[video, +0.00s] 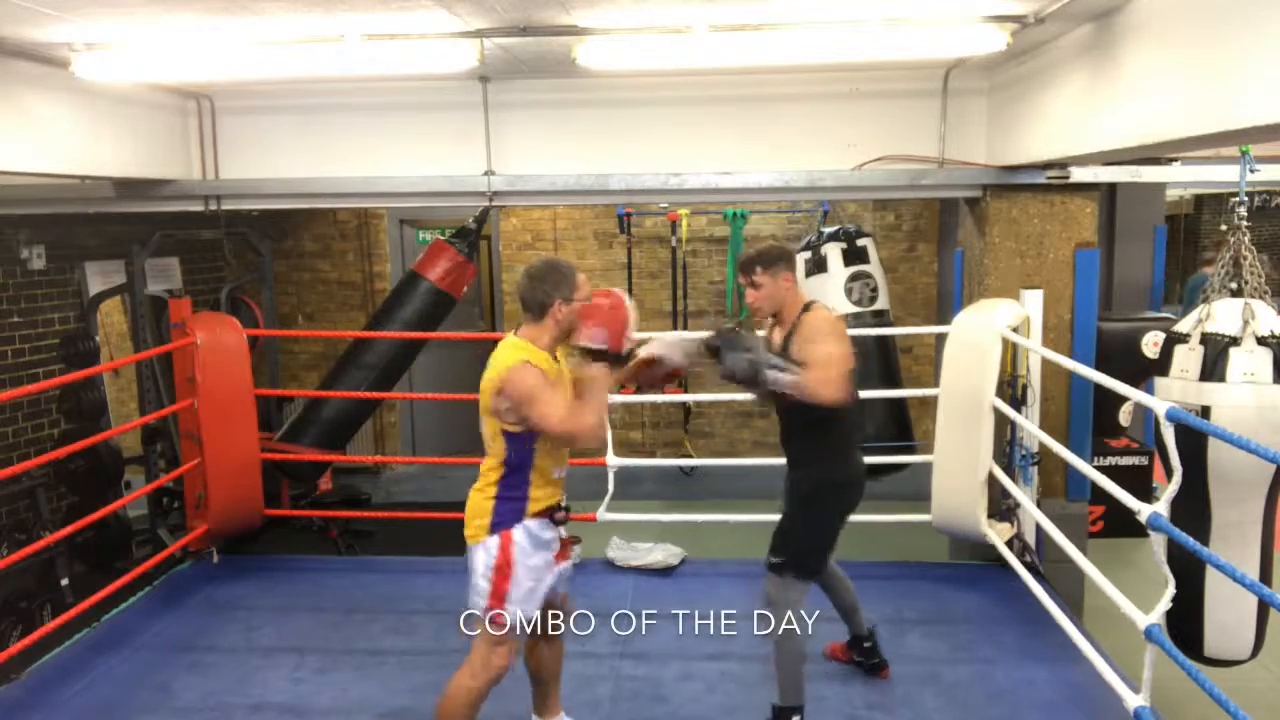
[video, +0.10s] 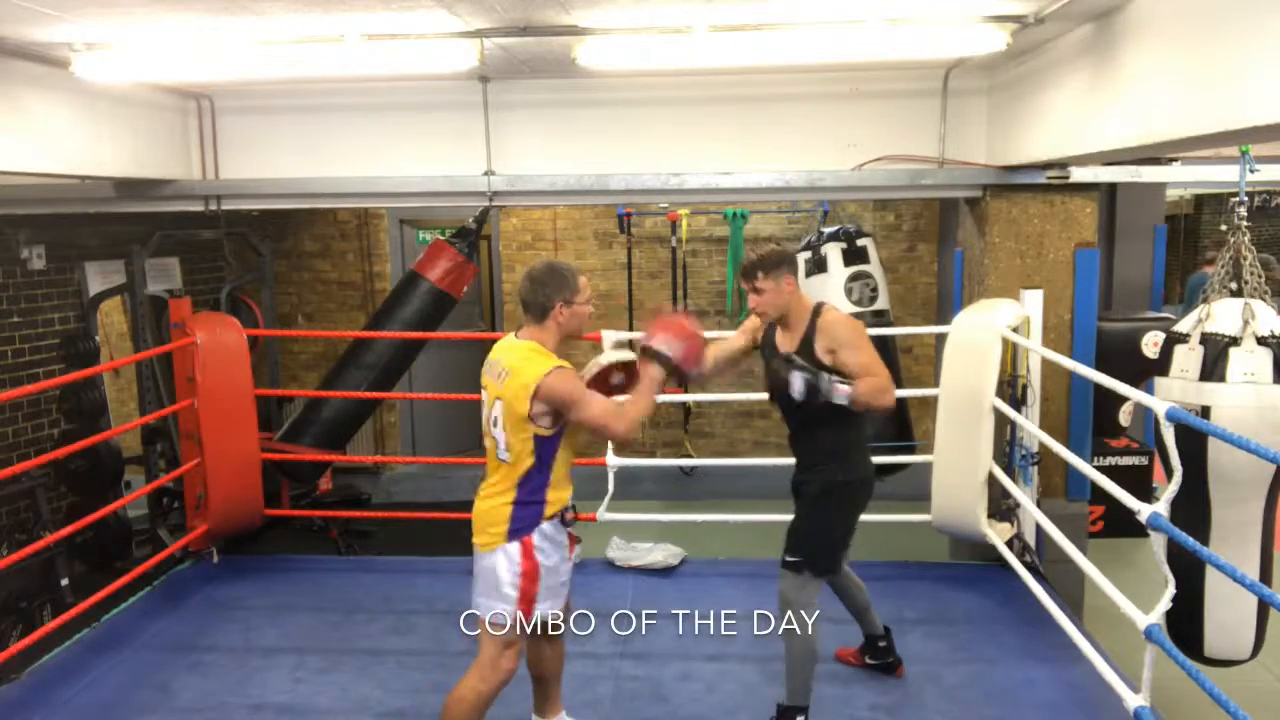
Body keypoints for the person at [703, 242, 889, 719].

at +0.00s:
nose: (748, 298)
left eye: (754, 286)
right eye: (745, 288)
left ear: (786, 280)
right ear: (771, 285)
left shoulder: (819, 325)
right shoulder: (778, 328)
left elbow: (832, 389)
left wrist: (766, 372)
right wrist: (675, 351)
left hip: (831, 477)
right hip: (807, 472)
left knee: (782, 590)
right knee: (816, 562)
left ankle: (789, 710)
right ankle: (866, 646)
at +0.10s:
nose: (752, 301)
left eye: (757, 292)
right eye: (748, 293)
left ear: (789, 284)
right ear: (758, 292)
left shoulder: (836, 328)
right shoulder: (764, 326)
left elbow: (883, 392)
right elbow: (707, 362)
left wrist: (830, 388)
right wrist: (677, 346)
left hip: (841, 474)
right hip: (810, 471)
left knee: (796, 589)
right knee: (829, 565)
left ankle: (794, 712)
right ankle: (880, 647)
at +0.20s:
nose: (749, 299)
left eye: (754, 287)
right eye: (747, 288)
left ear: (785, 280)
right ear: (775, 284)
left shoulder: (832, 324)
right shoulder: (779, 329)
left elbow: (886, 382)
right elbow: (738, 364)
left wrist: (841, 400)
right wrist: (715, 351)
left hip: (836, 473)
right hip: (817, 469)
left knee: (793, 587)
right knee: (833, 563)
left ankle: (793, 711)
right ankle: (880, 647)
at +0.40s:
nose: (753, 298)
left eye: (755, 288)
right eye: (750, 289)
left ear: (783, 280)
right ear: (790, 280)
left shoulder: (812, 318)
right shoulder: (819, 311)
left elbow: (806, 374)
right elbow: (802, 366)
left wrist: (741, 356)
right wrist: (760, 341)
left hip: (828, 474)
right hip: (850, 467)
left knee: (784, 588)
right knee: (846, 558)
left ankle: (790, 709)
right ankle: (883, 647)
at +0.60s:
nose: (734, 320)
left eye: (735, 309)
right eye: (730, 311)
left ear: (762, 296)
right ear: (765, 296)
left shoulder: (799, 346)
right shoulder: (807, 323)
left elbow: (780, 424)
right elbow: (765, 393)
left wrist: (744, 404)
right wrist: (747, 369)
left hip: (832, 481)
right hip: (853, 471)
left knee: (785, 592)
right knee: (844, 561)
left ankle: (791, 711)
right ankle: (882, 646)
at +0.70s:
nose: (731, 321)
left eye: (733, 310)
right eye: (727, 312)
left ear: (761, 299)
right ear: (763, 299)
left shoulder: (803, 350)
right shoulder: (793, 327)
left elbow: (818, 436)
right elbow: (773, 383)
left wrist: (759, 437)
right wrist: (737, 391)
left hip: (827, 480)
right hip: (844, 470)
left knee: (778, 593)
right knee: (846, 561)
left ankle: (789, 711)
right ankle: (883, 647)